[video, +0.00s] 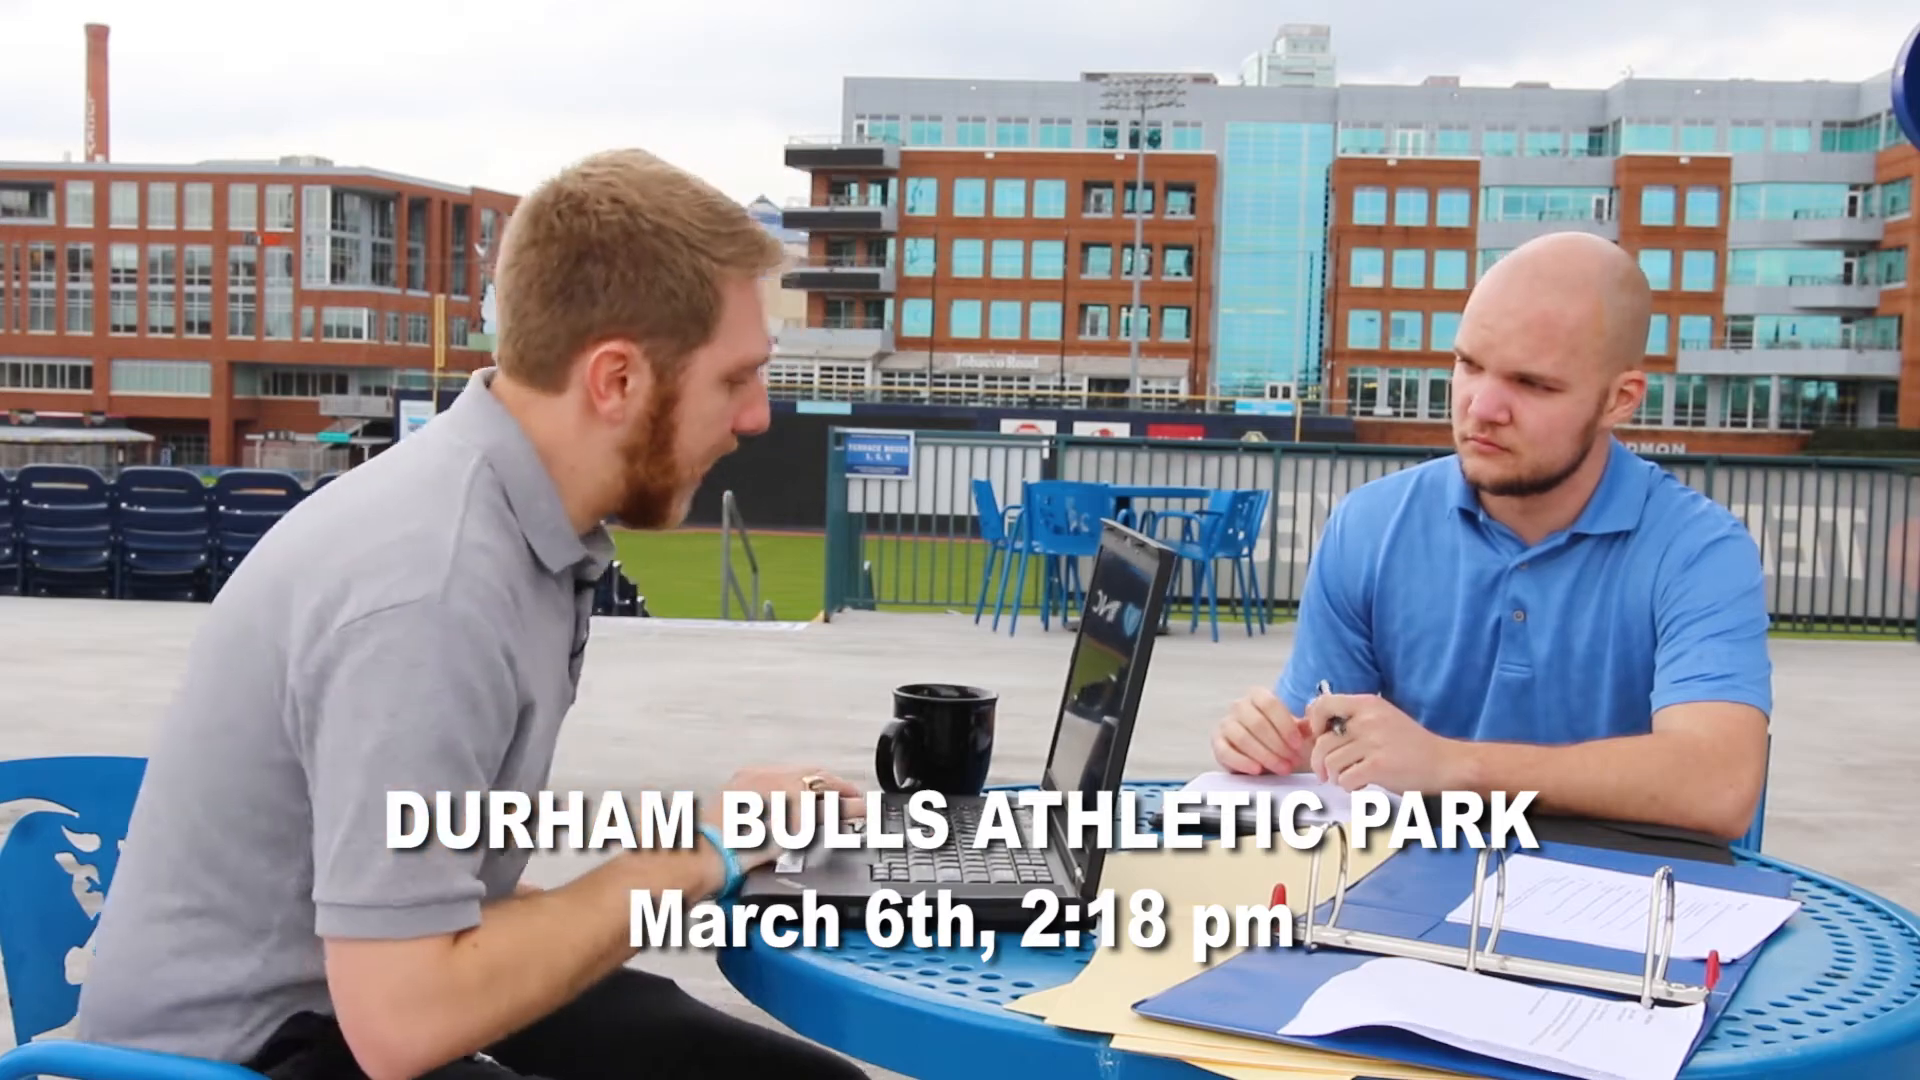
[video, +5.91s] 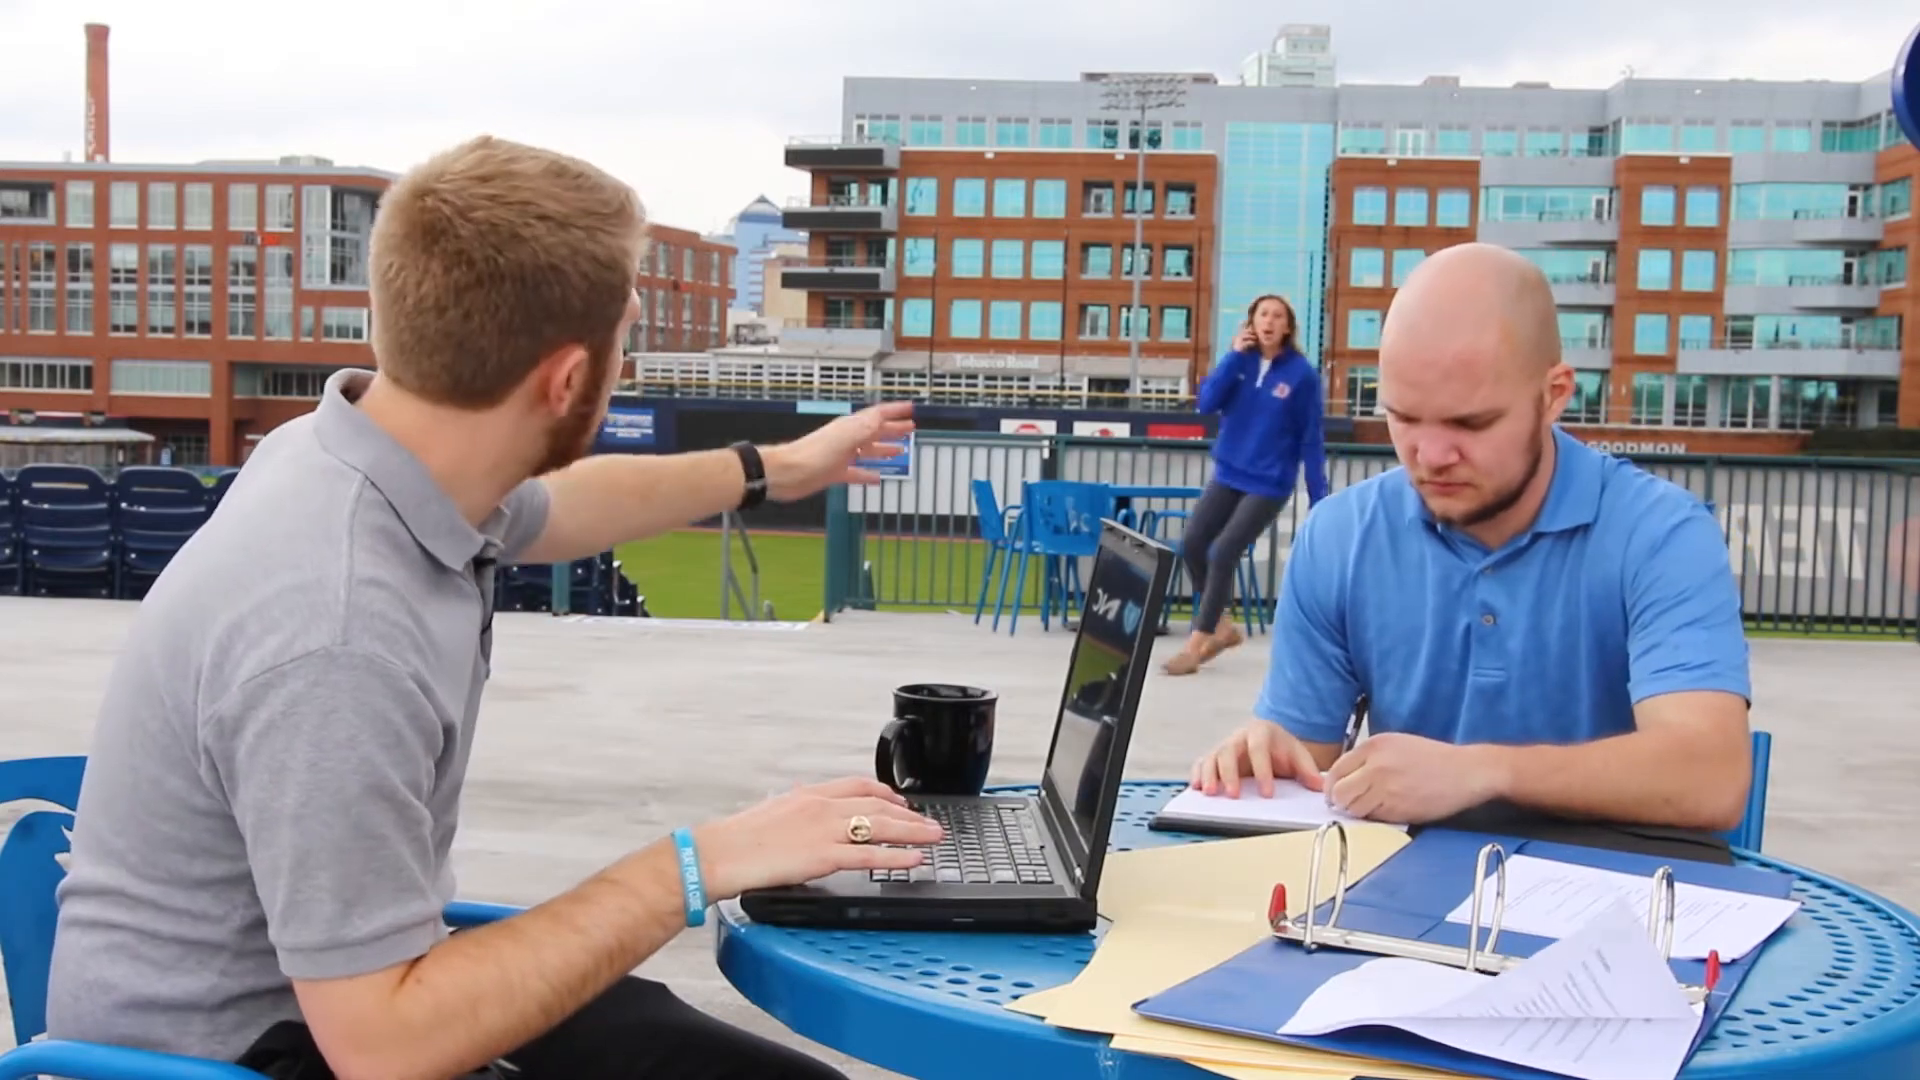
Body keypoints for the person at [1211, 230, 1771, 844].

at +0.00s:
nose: (1482, 406)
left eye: (1530, 383)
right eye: (1470, 364)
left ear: (1620, 400)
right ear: (1454, 354)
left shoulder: (1696, 549)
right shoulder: (1370, 525)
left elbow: (1713, 783)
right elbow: (1314, 728)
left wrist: (1449, 763)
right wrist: (1269, 735)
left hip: (1625, 914)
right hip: (1399, 891)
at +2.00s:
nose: (1494, 413)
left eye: (1543, 390)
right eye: (1481, 370)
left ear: (1626, 407)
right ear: (1463, 356)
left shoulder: (1697, 550)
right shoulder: (1369, 524)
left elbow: (1713, 785)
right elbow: (1304, 723)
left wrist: (1447, 763)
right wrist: (1264, 734)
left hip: (1622, 915)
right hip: (1394, 890)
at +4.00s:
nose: (1499, 411)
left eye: (1549, 388)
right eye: (1487, 367)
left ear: (1631, 406)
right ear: (1467, 353)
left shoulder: (1698, 551)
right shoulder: (1371, 523)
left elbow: (1714, 785)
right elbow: (1303, 717)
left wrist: (1450, 762)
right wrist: (1262, 730)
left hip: (1622, 913)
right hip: (1395, 888)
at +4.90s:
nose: (1433, 453)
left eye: (1473, 419)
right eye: (1409, 416)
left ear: (1559, 391)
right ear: (1389, 387)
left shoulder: (1666, 538)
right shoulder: (1346, 537)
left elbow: (1707, 783)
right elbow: (1306, 751)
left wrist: (1488, 767)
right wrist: (1261, 750)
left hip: (1619, 910)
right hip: (1402, 893)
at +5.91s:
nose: (1430, 456)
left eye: (1470, 424)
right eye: (1403, 420)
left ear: (1555, 395)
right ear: (1381, 390)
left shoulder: (1659, 535)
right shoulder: (1340, 537)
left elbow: (1704, 778)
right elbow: (1308, 752)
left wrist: (1477, 770)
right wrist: (1262, 751)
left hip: (1612, 900)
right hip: (1398, 885)